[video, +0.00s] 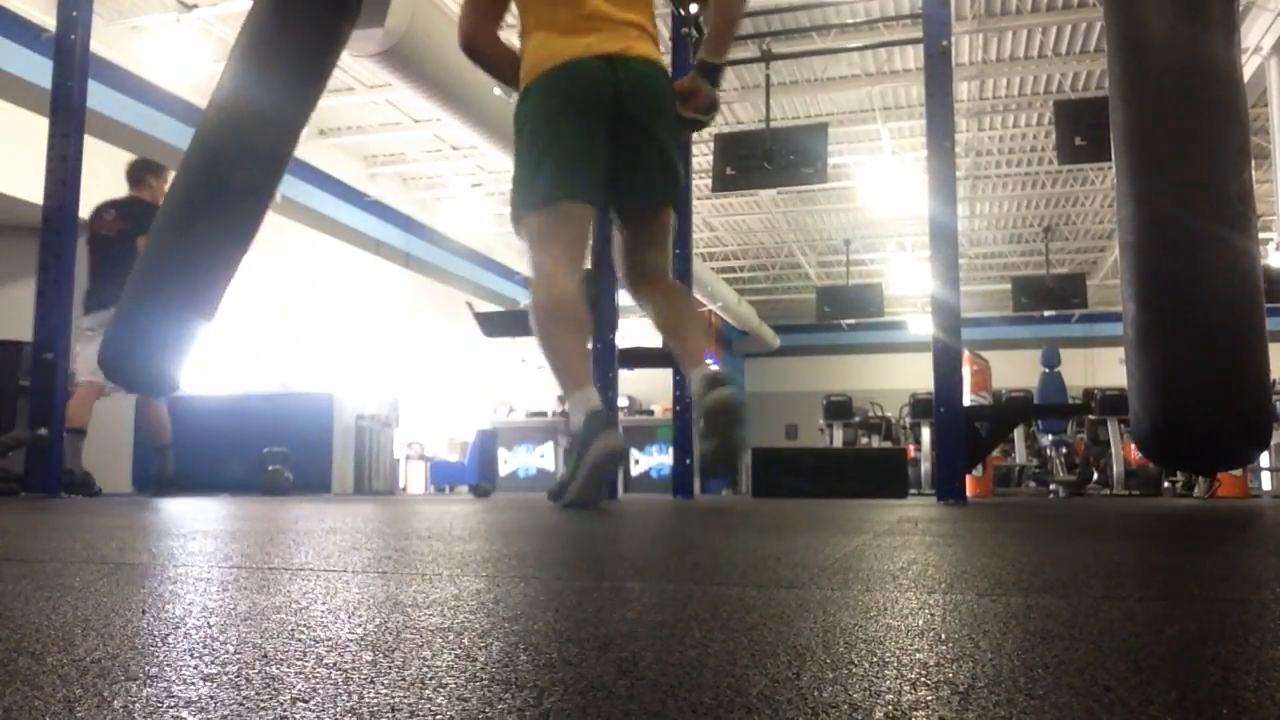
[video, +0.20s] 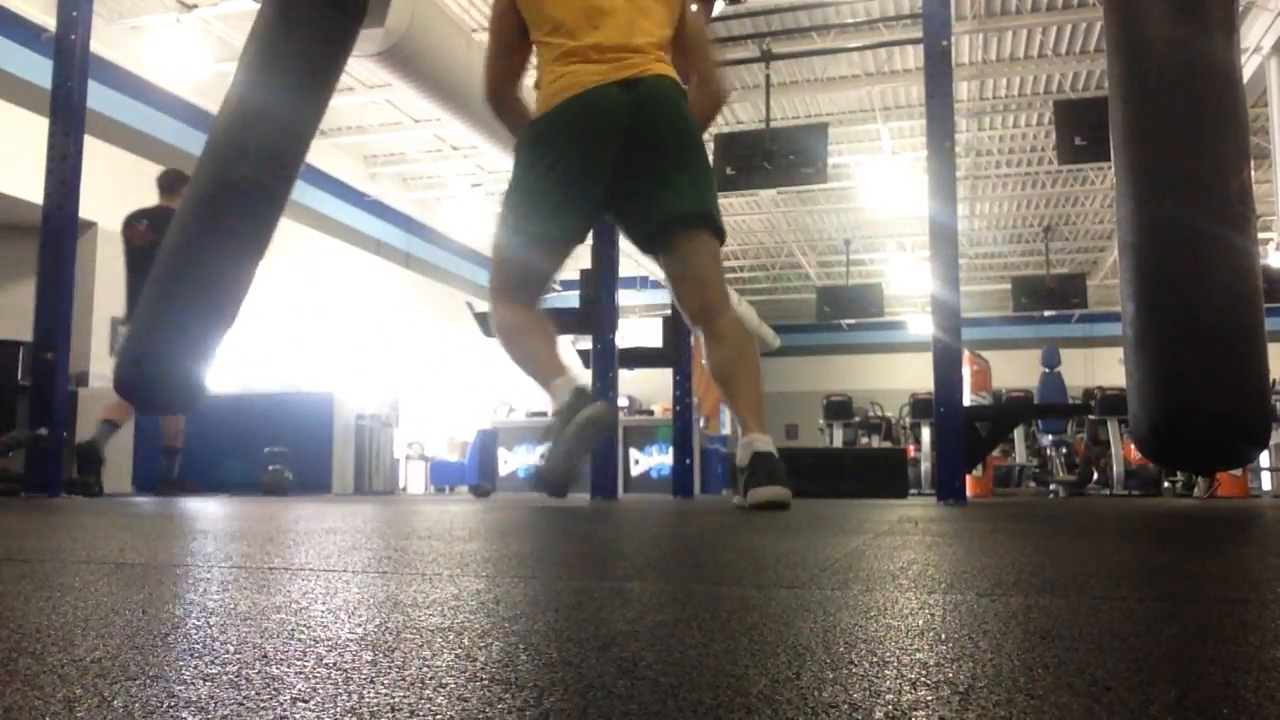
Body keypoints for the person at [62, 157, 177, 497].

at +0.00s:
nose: (164, 190)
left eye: (164, 184)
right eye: (163, 184)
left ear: (131, 180)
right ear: (151, 181)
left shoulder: (102, 210)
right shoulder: (152, 214)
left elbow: (93, 263)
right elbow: (152, 258)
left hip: (96, 311)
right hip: (137, 311)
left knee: (86, 387)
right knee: (152, 392)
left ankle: (70, 468)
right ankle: (166, 471)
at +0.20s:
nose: (188, 198)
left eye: (185, 192)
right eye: (188, 192)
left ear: (159, 190)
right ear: (184, 192)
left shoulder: (133, 221)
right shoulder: (187, 225)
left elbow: (133, 276)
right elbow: (195, 277)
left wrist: (131, 322)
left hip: (138, 326)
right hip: (175, 327)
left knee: (129, 393)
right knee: (174, 401)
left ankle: (95, 444)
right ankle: (170, 475)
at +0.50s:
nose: (220, 210)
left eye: (218, 205)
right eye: (220, 206)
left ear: (192, 203)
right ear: (217, 205)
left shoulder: (172, 229)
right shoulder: (216, 231)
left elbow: (165, 288)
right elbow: (224, 281)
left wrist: (174, 320)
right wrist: (245, 317)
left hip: (176, 311)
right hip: (202, 314)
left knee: (196, 392)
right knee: (190, 389)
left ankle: (191, 464)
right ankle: (171, 464)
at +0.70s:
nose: (237, 225)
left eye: (233, 220)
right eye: (238, 220)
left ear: (211, 217)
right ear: (236, 219)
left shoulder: (194, 244)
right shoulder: (235, 246)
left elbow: (192, 296)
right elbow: (246, 293)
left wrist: (204, 323)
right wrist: (274, 335)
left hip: (201, 325)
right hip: (226, 326)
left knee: (216, 398)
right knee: (211, 396)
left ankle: (227, 469)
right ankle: (178, 462)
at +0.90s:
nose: (256, 230)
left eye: (254, 225)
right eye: (256, 225)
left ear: (231, 223)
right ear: (253, 224)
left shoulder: (215, 249)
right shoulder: (251, 250)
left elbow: (214, 300)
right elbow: (257, 296)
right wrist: (283, 337)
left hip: (225, 338)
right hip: (250, 338)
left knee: (222, 402)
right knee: (260, 400)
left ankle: (223, 472)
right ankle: (221, 442)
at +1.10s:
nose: (275, 237)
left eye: (272, 231)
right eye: (276, 231)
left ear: (252, 229)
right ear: (275, 231)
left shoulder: (234, 253)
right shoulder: (270, 255)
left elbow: (231, 303)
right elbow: (267, 300)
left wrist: (241, 332)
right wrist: (279, 340)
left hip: (241, 334)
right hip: (264, 334)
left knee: (236, 398)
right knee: (284, 398)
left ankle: (230, 466)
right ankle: (277, 462)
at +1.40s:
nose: (307, 248)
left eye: (303, 242)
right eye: (309, 243)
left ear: (288, 241)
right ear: (309, 243)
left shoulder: (267, 267)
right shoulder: (306, 270)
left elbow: (263, 308)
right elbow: (303, 308)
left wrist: (266, 340)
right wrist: (307, 345)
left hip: (270, 349)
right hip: (299, 348)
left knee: (260, 407)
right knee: (305, 413)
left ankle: (240, 464)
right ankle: (304, 474)